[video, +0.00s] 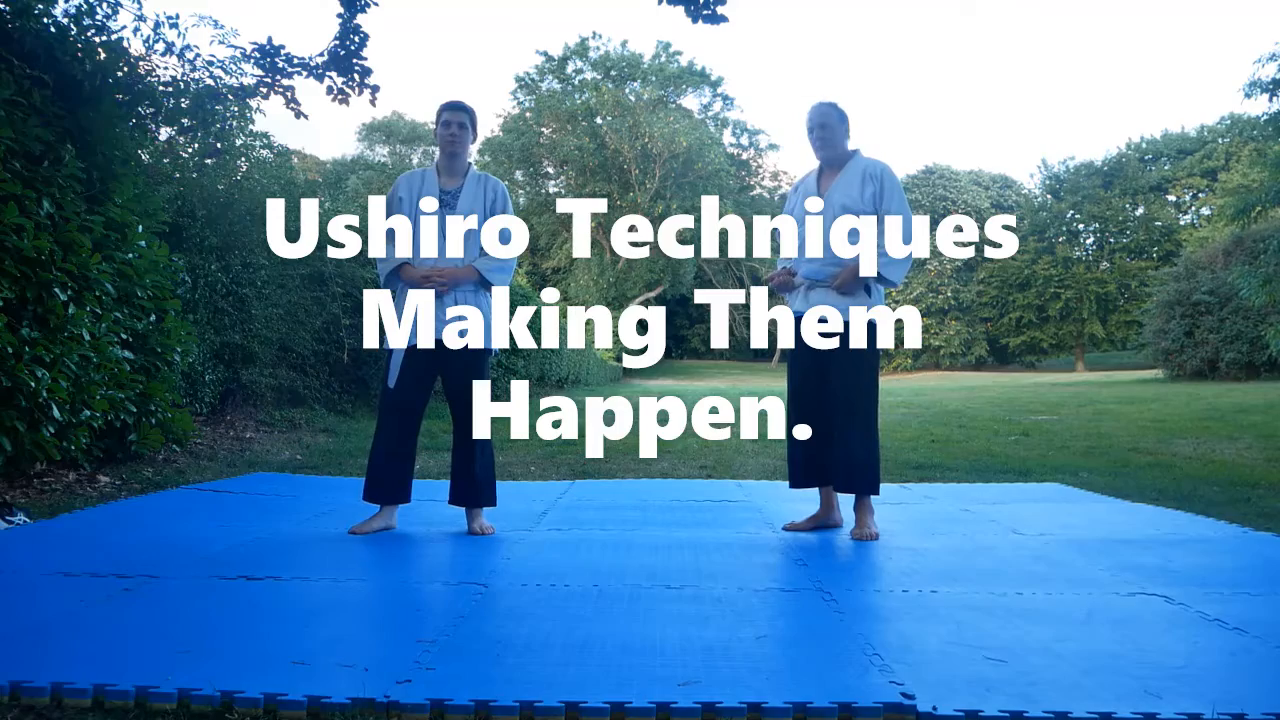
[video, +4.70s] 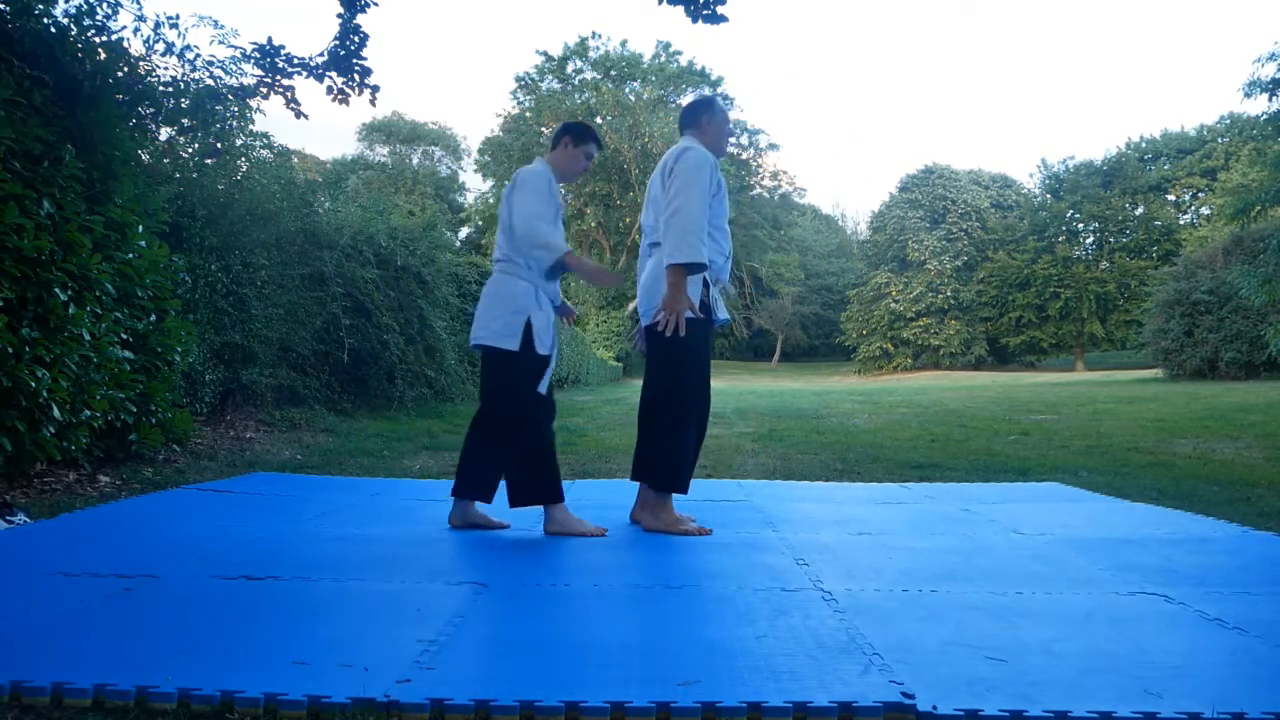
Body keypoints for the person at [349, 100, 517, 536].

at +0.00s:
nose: (452, 132)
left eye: (461, 127)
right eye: (446, 125)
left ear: (474, 138)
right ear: (434, 133)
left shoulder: (493, 190)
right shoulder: (406, 185)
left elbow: (504, 258)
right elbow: (388, 253)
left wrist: (456, 274)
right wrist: (416, 275)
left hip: (470, 320)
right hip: (413, 318)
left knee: (472, 414)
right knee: (398, 411)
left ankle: (475, 513)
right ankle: (387, 510)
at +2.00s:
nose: (453, 137)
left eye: (462, 131)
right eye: (447, 129)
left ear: (473, 139)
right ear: (434, 133)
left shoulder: (492, 191)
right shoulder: (406, 186)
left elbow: (504, 256)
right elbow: (383, 247)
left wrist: (458, 275)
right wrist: (412, 275)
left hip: (469, 321)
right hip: (414, 319)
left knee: (472, 420)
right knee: (396, 416)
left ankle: (475, 513)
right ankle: (387, 510)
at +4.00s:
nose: (514, 160)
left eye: (517, 153)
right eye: (512, 150)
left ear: (499, 147)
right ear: (489, 140)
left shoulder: (497, 203)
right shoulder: (439, 178)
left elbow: (496, 266)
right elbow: (410, 238)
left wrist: (502, 317)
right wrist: (432, 290)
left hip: (475, 325)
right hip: (424, 317)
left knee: (478, 412)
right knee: (400, 413)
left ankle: (463, 508)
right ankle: (386, 510)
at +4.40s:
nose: (557, 168)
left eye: (562, 163)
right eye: (557, 158)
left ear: (544, 154)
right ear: (536, 145)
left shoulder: (528, 207)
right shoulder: (496, 174)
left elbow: (523, 272)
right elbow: (468, 221)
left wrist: (531, 318)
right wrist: (463, 268)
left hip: (502, 320)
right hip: (471, 311)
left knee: (490, 409)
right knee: (466, 406)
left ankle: (465, 503)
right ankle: (455, 503)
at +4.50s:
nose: (567, 170)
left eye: (572, 164)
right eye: (567, 159)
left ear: (551, 155)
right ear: (545, 147)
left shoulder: (532, 199)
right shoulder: (510, 175)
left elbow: (529, 269)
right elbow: (486, 223)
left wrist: (541, 314)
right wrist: (501, 268)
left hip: (507, 315)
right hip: (491, 310)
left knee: (478, 408)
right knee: (505, 406)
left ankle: (461, 506)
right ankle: (512, 509)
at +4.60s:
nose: (573, 170)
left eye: (578, 164)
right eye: (573, 159)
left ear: (554, 152)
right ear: (552, 147)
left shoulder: (533, 190)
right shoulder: (519, 175)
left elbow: (528, 262)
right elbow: (500, 229)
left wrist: (549, 308)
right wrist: (531, 263)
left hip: (511, 310)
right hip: (499, 307)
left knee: (483, 407)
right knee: (517, 408)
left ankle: (462, 506)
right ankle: (543, 511)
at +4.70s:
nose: (587, 167)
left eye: (591, 161)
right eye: (585, 157)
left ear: (566, 149)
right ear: (564, 144)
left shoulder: (546, 188)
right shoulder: (534, 176)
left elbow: (530, 257)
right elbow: (531, 233)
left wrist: (555, 301)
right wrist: (581, 263)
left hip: (524, 306)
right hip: (516, 305)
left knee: (498, 406)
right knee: (535, 409)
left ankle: (464, 505)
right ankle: (556, 513)